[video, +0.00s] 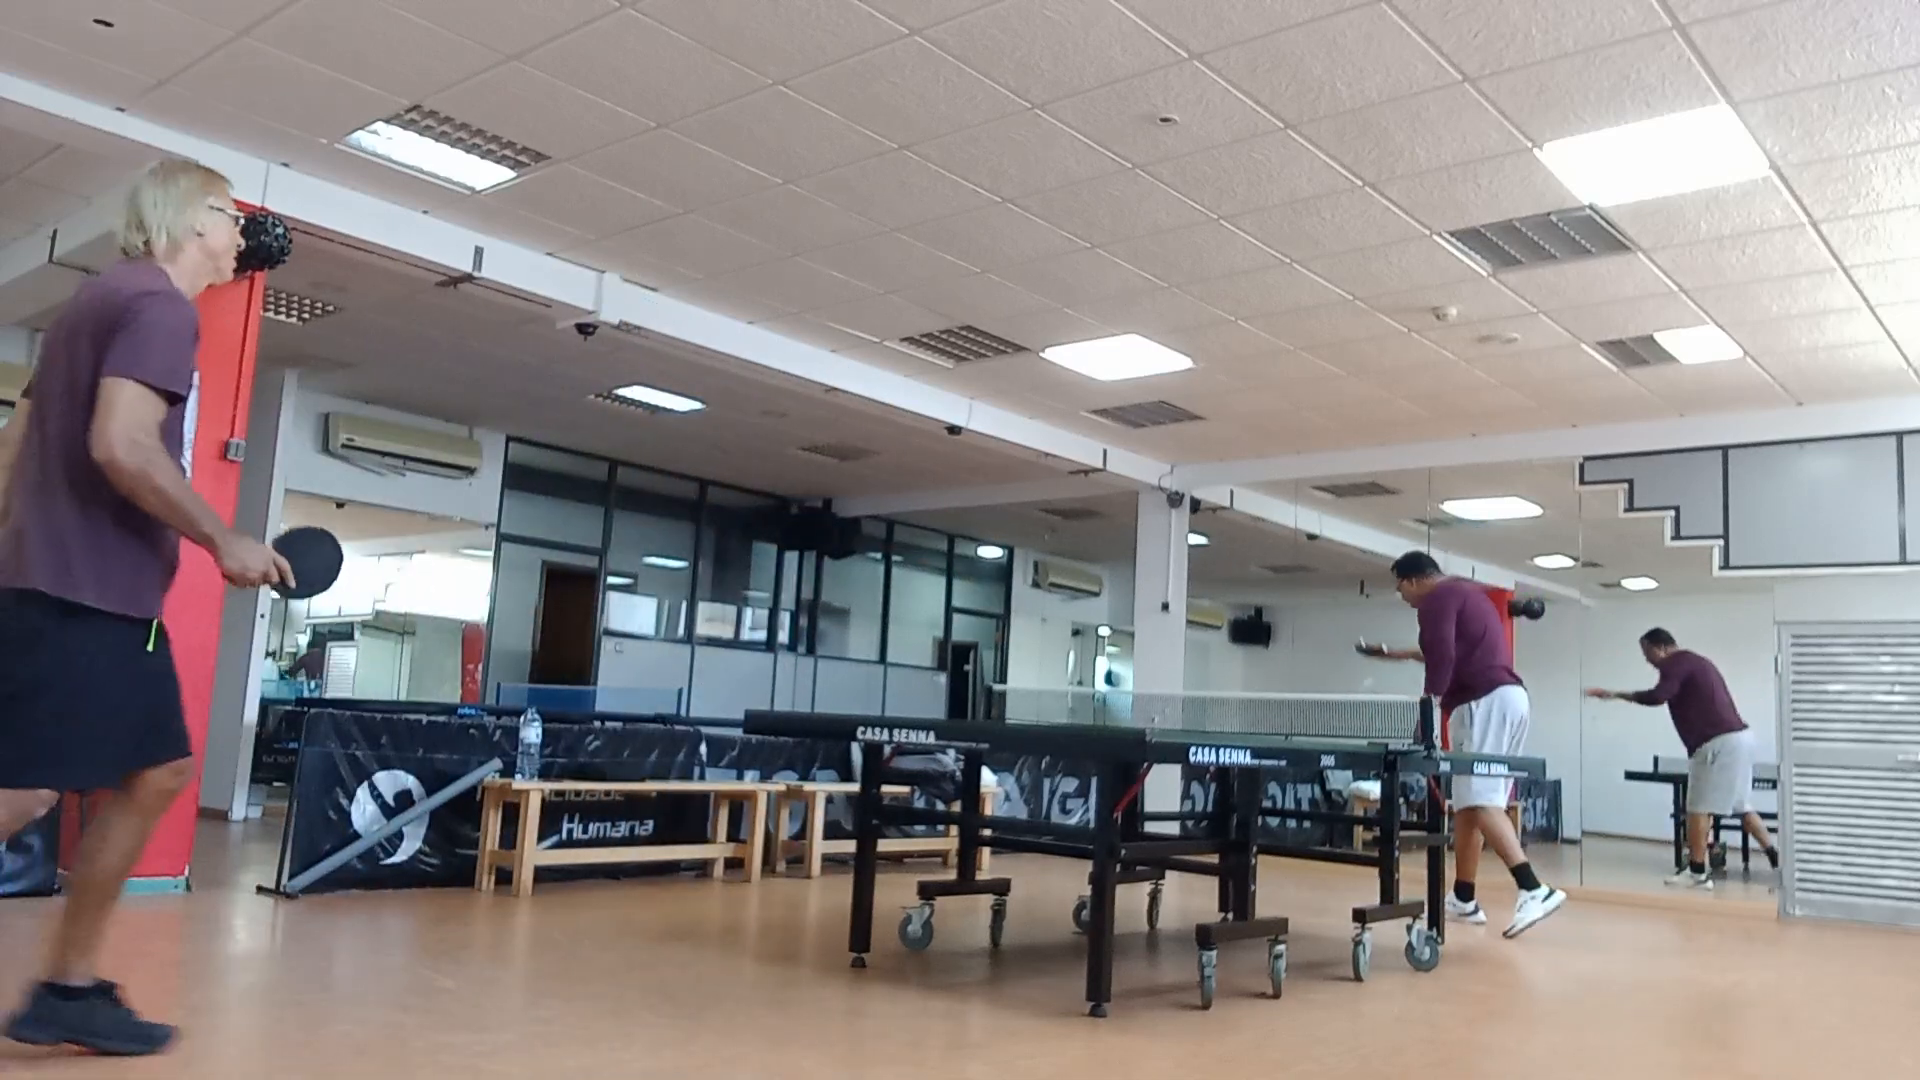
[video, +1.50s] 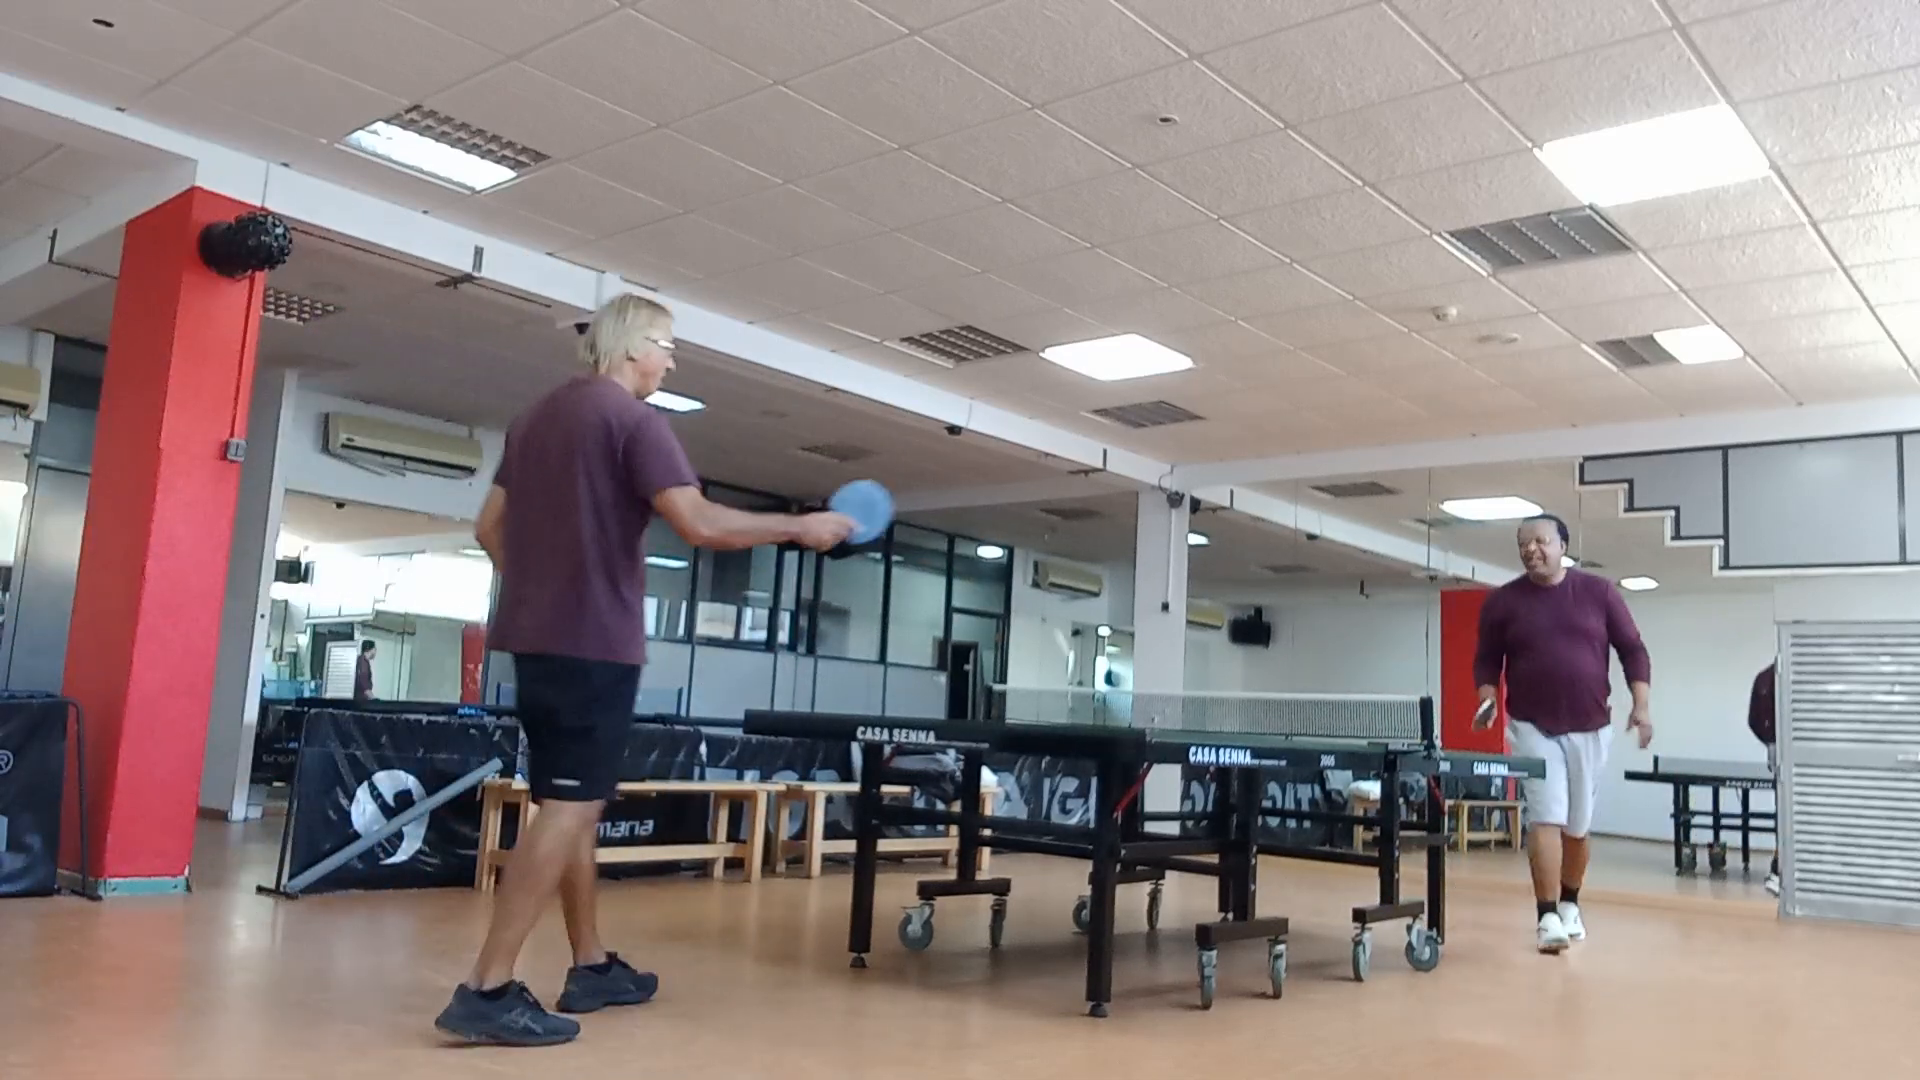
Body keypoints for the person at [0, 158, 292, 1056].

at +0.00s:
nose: (240, 235)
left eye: (237, 221)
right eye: (229, 217)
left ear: (162, 225)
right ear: (186, 221)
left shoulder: (89, 303)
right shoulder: (159, 304)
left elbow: (16, 451)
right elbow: (122, 446)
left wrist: (26, 548)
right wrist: (225, 540)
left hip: (42, 591)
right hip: (88, 597)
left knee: (151, 774)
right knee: (153, 774)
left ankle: (68, 988)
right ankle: (67, 990)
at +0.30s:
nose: (319, 268)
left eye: (317, 252)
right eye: (311, 250)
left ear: (244, 251)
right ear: (269, 250)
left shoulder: (203, 318)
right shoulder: (240, 324)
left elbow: (191, 471)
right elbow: (200, 458)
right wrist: (286, 562)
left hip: (190, 613)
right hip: (148, 606)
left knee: (228, 788)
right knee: (113, 792)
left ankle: (173, 1010)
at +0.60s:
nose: (401, 278)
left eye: (398, 264)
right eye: (392, 261)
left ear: (320, 265)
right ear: (353, 263)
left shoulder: (281, 331)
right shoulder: (329, 334)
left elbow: (284, 482)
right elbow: (282, 458)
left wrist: (373, 564)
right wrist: (372, 566)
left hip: (225, 599)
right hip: (280, 603)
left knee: (231, 785)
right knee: (355, 776)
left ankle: (169, 1009)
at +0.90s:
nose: (509, 315)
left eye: (507, 300)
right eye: (502, 299)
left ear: (432, 304)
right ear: (472, 306)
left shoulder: (376, 375)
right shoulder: (449, 377)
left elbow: (357, 515)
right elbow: (416, 501)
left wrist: (474, 592)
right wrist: (495, 590)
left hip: (339, 633)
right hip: (415, 639)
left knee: (307, 795)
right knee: (469, 797)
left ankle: (187, 993)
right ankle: (478, 998)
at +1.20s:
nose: (612, 336)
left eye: (611, 323)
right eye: (609, 323)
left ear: (539, 318)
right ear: (584, 323)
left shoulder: (476, 385)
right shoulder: (577, 393)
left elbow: (430, 512)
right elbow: (579, 513)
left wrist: (505, 547)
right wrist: (660, 572)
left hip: (456, 620)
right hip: (529, 627)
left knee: (481, 785)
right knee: (522, 802)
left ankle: (399, 944)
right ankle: (480, 999)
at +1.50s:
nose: (670, 363)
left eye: (670, 349)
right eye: (665, 348)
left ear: (604, 349)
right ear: (635, 351)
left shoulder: (536, 417)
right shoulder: (631, 419)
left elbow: (491, 524)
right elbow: (703, 525)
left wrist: (537, 591)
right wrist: (801, 527)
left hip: (532, 639)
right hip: (594, 643)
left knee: (576, 805)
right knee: (566, 809)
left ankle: (589, 966)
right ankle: (487, 988)